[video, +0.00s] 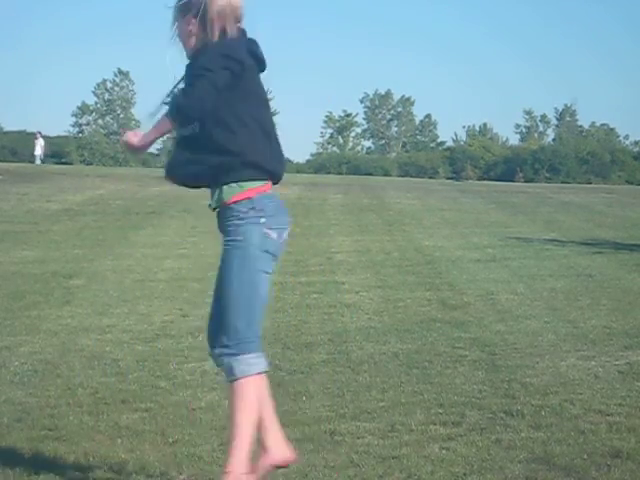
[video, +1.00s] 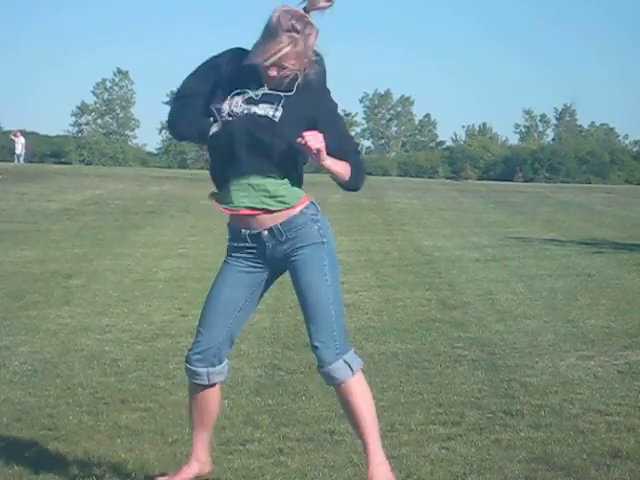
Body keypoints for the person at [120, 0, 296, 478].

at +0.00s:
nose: (179, 37)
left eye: (180, 28)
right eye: (179, 29)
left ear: (195, 24)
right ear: (215, 22)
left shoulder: (218, 59)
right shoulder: (228, 58)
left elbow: (186, 106)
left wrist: (144, 139)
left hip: (252, 218)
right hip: (245, 215)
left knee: (241, 344)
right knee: (227, 338)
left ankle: (237, 468)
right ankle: (276, 444)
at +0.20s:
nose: (203, 68)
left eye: (209, 59)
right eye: (205, 59)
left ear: (236, 64)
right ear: (234, 64)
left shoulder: (258, 110)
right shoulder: (223, 116)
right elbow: (206, 202)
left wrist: (200, 144)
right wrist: (204, 146)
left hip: (271, 266)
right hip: (227, 271)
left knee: (293, 388)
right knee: (187, 384)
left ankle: (342, 474)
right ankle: (229, 472)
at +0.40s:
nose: (238, 52)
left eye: (249, 43)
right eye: (233, 43)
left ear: (276, 46)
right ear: (226, 46)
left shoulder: (292, 90)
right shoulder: (217, 98)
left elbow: (313, 159)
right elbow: (188, 164)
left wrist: (243, 182)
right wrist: (202, 188)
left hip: (284, 241)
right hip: (235, 249)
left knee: (307, 368)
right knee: (209, 367)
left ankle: (344, 473)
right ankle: (227, 468)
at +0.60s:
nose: (262, 57)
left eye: (273, 48)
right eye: (255, 47)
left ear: (296, 49)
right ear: (247, 50)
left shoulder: (307, 106)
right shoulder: (229, 103)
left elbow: (327, 193)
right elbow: (199, 177)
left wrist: (288, 165)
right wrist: (213, 153)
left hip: (309, 247)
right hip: (261, 256)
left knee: (320, 373)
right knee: (213, 364)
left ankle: (366, 473)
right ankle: (214, 469)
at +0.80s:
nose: (272, 82)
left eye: (283, 74)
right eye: (266, 72)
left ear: (307, 79)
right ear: (259, 74)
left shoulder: (316, 139)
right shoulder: (234, 128)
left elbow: (345, 221)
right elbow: (199, 198)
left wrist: (307, 244)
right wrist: (232, 221)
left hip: (313, 274)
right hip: (260, 281)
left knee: (320, 398)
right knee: (200, 391)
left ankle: (367, 475)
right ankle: (217, 477)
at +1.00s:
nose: (276, 75)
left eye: (287, 71)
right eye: (272, 65)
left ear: (303, 63)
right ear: (262, 49)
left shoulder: (311, 94)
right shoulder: (226, 73)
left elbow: (354, 174)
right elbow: (181, 124)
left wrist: (326, 157)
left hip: (301, 234)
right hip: (244, 243)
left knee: (331, 353)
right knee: (203, 358)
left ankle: (379, 466)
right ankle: (199, 462)